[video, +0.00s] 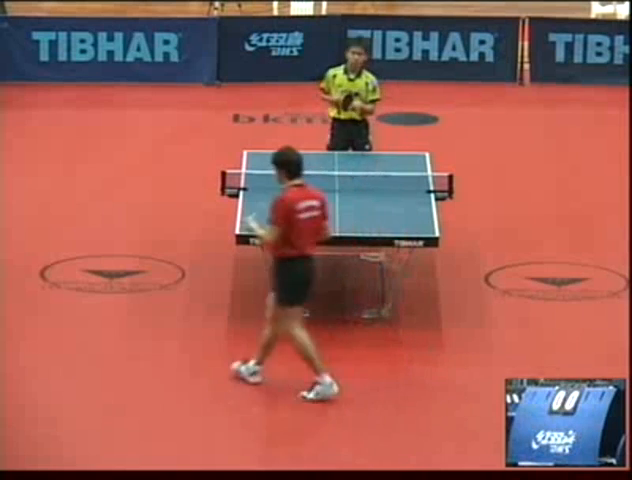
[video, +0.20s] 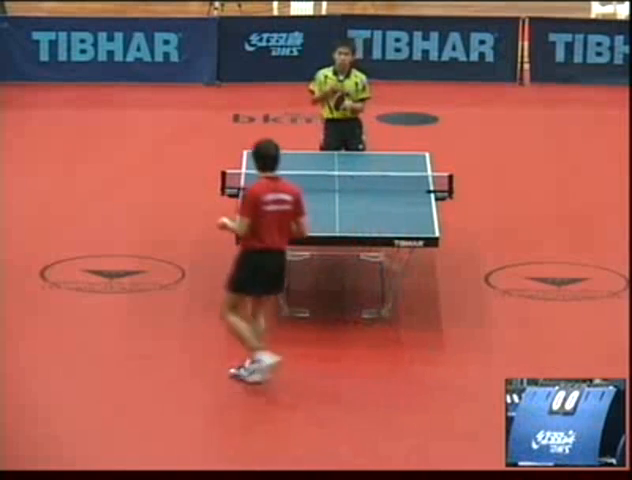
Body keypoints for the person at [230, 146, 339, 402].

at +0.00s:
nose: (275, 174)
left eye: (276, 170)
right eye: (276, 169)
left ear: (281, 172)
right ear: (299, 169)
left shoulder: (284, 200)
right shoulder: (317, 196)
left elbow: (273, 238)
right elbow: (324, 233)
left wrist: (255, 229)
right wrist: (300, 236)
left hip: (287, 263)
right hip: (306, 260)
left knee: (290, 322)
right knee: (276, 317)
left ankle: (324, 379)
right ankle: (255, 365)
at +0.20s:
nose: (257, 163)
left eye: (256, 159)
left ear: (255, 162)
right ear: (278, 161)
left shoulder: (255, 191)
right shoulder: (293, 191)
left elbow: (243, 229)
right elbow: (301, 230)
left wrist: (228, 223)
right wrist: (277, 229)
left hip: (253, 255)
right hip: (277, 255)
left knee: (230, 310)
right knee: (259, 311)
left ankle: (261, 355)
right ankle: (256, 363)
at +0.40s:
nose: (238, 159)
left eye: (236, 154)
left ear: (233, 157)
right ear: (256, 158)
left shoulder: (220, 186)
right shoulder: (268, 189)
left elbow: (206, 221)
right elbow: (283, 225)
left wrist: (223, 206)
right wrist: (264, 215)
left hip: (225, 249)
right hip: (255, 251)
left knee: (206, 305)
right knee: (249, 308)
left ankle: (190, 354)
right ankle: (250, 363)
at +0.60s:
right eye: (232, 157)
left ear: (211, 159)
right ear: (235, 160)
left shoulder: (196, 185)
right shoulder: (246, 189)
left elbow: (185, 218)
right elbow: (265, 224)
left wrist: (204, 213)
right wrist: (245, 218)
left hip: (202, 247)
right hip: (232, 249)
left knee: (189, 299)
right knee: (240, 299)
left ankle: (183, 352)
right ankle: (246, 349)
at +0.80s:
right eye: (229, 152)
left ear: (206, 154)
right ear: (230, 155)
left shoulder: (190, 178)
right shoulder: (239, 182)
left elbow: (185, 211)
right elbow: (263, 215)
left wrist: (206, 205)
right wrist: (237, 216)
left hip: (194, 241)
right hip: (224, 244)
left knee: (186, 298)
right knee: (237, 297)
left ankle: (183, 352)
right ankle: (239, 351)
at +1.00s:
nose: (238, 157)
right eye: (237, 154)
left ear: (213, 155)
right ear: (237, 157)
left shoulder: (196, 178)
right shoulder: (245, 185)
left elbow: (184, 212)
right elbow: (268, 214)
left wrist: (204, 207)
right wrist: (272, 208)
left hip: (196, 241)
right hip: (225, 244)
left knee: (184, 295)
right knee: (237, 298)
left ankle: (182, 350)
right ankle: (240, 352)